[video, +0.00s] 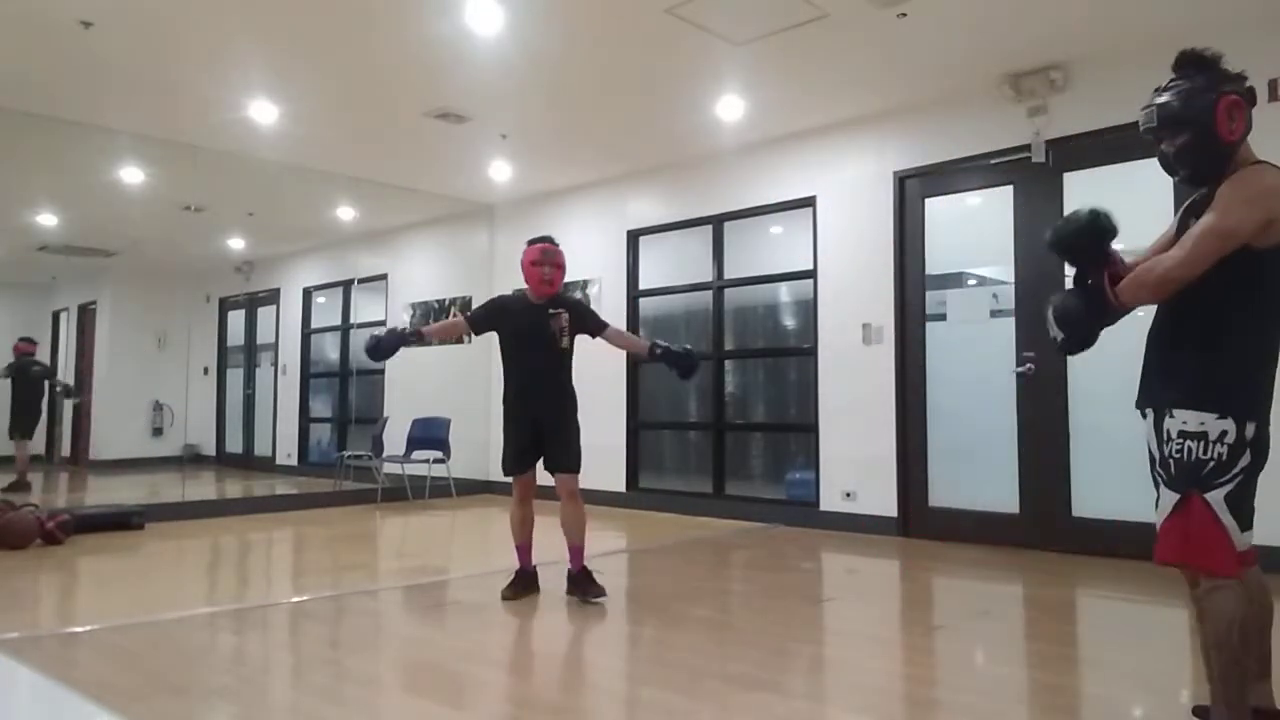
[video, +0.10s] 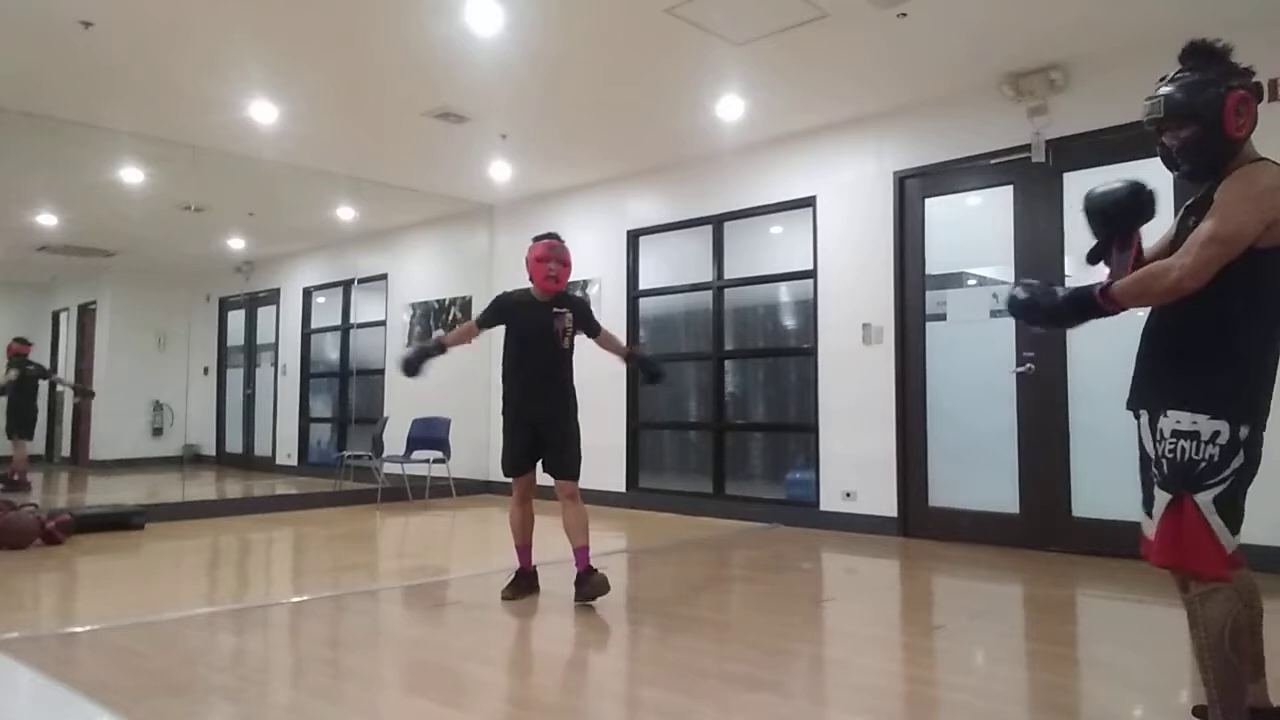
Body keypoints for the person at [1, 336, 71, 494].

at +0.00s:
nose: (14, 351)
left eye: (16, 349)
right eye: (16, 349)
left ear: (18, 350)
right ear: (32, 351)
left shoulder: (17, 366)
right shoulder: (42, 367)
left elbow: (3, 373)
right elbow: (55, 380)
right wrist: (66, 388)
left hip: (20, 410)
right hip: (34, 410)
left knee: (20, 443)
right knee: (23, 443)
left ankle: (21, 480)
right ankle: (22, 479)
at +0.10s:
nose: (8, 353)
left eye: (9, 350)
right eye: (9, 350)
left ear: (12, 350)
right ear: (26, 351)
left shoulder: (15, 364)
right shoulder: (36, 367)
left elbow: (8, 381)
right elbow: (55, 378)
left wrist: (2, 384)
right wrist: (76, 387)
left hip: (17, 409)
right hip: (29, 409)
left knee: (18, 444)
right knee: (20, 444)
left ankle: (21, 479)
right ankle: (14, 475)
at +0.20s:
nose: (4, 355)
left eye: (5, 352)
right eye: (5, 352)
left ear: (7, 353)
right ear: (21, 353)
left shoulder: (12, 368)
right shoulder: (28, 366)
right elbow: (47, 379)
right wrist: (65, 389)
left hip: (14, 408)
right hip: (24, 407)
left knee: (16, 444)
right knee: (13, 443)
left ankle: (22, 480)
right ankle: (8, 477)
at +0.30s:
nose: (2, 357)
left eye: (3, 354)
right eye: (4, 354)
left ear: (6, 354)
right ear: (20, 354)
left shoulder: (10, 369)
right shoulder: (29, 368)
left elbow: (25, 390)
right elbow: (44, 386)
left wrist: (39, 399)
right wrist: (56, 397)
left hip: (7, 411)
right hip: (20, 410)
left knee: (11, 444)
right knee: (12, 444)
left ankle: (22, 479)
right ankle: (7, 476)